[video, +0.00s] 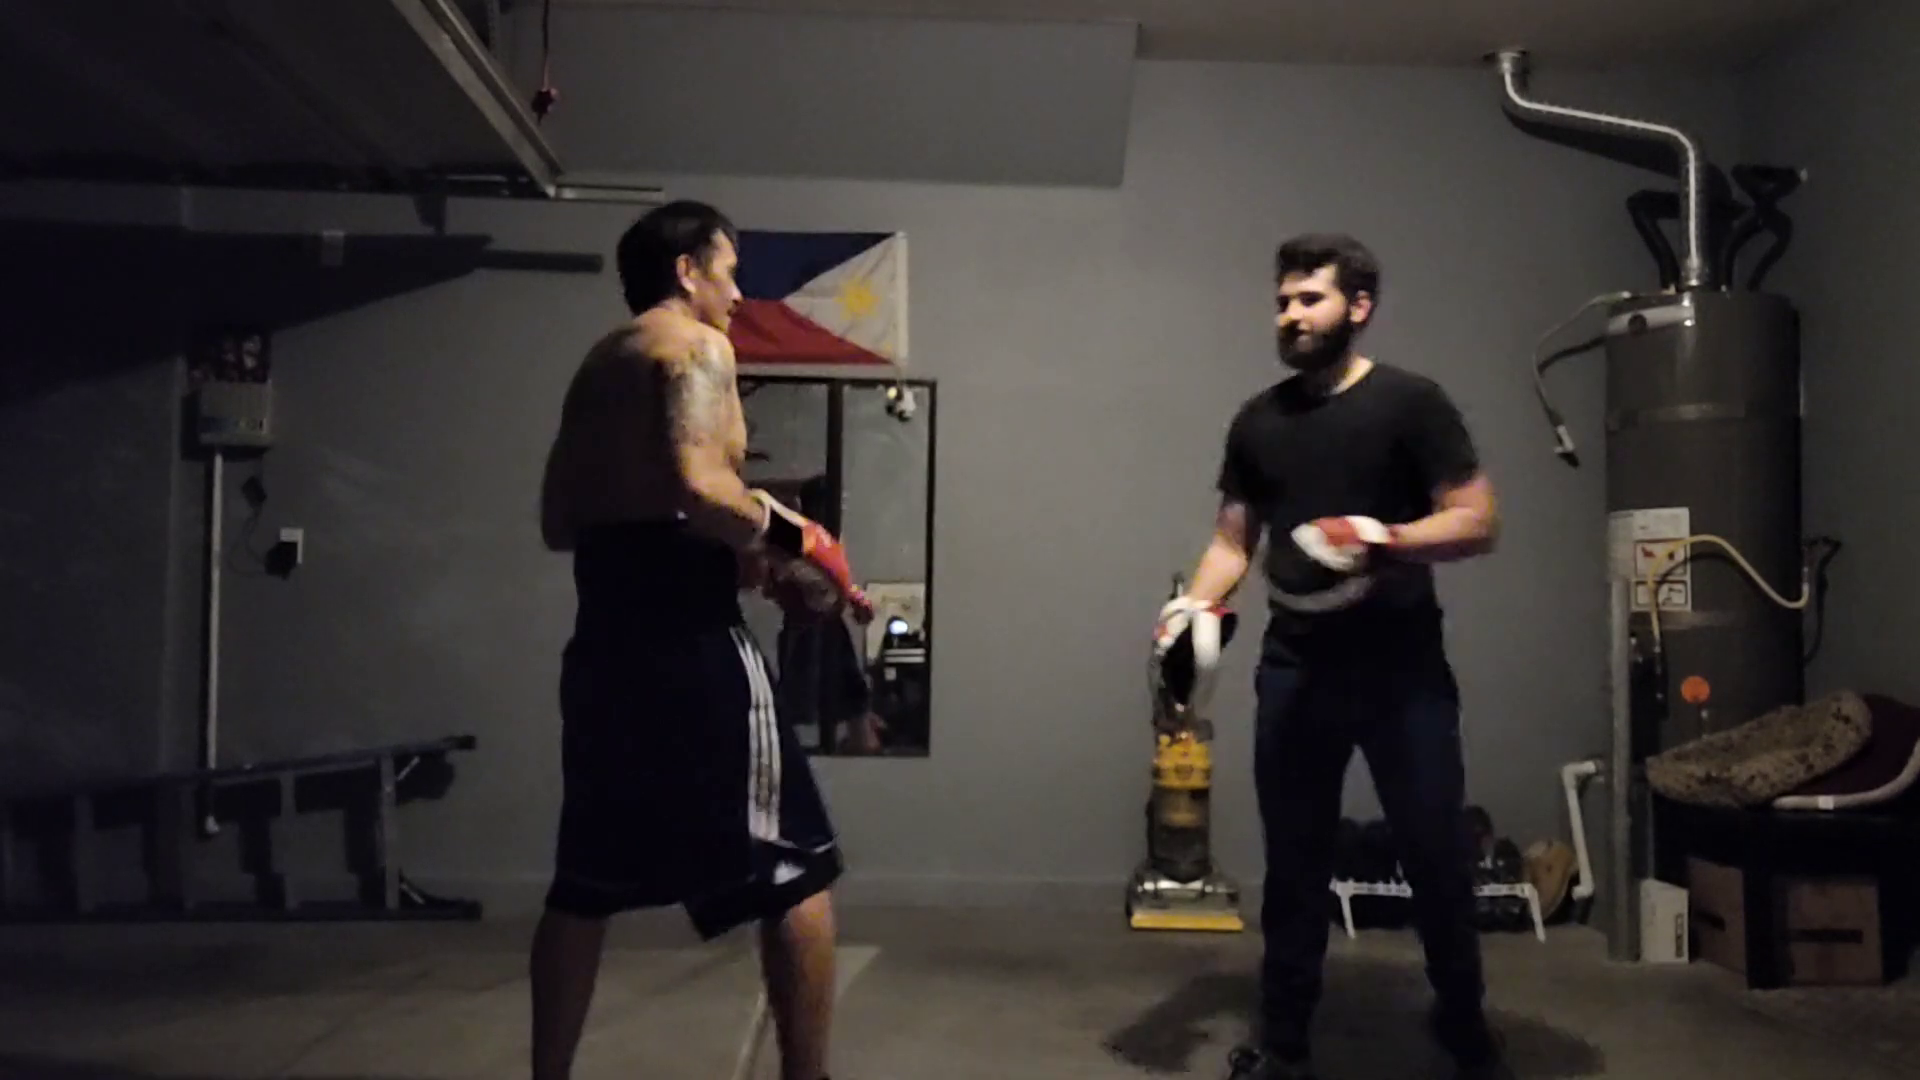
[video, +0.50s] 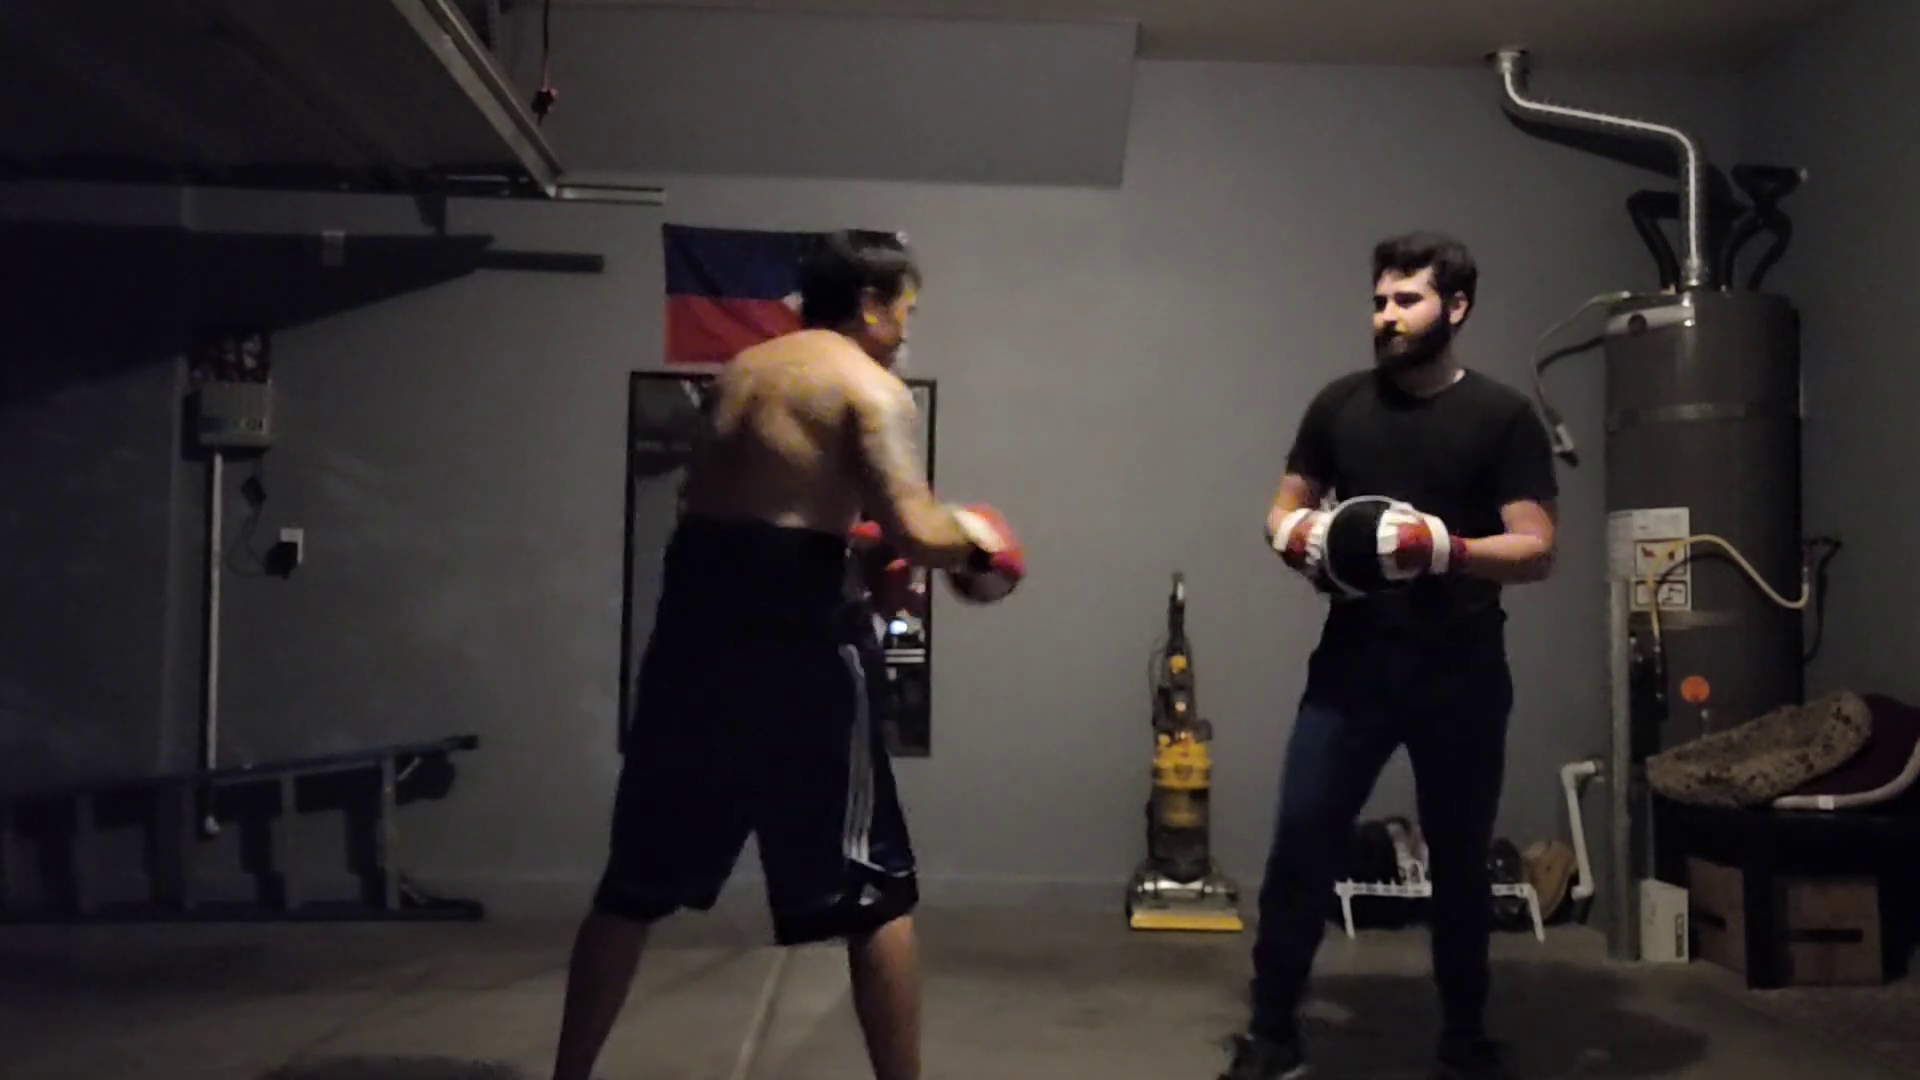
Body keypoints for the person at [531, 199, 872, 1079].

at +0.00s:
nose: (736, 295)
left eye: (735, 276)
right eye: (727, 275)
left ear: (657, 278)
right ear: (687, 272)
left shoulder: (597, 362)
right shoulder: (697, 345)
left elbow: (563, 523)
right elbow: (703, 480)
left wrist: (725, 552)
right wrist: (792, 534)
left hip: (603, 651)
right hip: (695, 648)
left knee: (584, 884)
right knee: (798, 875)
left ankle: (549, 1070)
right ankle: (806, 1070)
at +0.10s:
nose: (750, 306)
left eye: (752, 287)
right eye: (744, 285)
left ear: (670, 280)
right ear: (704, 276)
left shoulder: (604, 367)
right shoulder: (705, 348)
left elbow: (563, 527)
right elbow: (707, 486)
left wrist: (713, 547)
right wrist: (802, 535)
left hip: (614, 653)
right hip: (709, 649)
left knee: (591, 883)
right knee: (814, 874)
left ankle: (552, 1071)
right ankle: (834, 1069)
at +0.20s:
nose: (777, 318)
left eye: (779, 300)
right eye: (773, 298)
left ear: (692, 292)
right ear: (733, 290)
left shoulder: (621, 377)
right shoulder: (733, 362)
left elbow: (578, 536)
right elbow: (723, 499)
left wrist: (716, 553)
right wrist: (808, 536)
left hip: (627, 659)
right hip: (723, 657)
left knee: (595, 887)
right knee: (816, 888)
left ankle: (552, 1072)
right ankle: (876, 1071)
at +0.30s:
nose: (815, 307)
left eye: (815, 291)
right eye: (810, 290)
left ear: (719, 289)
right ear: (776, 289)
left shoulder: (653, 378)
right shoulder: (781, 370)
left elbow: (613, 540)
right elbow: (778, 504)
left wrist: (769, 563)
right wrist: (864, 537)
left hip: (650, 670)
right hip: (752, 672)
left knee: (606, 892)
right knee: (831, 898)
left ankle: (557, 1072)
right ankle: (887, 1072)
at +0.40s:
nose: (874, 317)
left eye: (872, 299)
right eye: (866, 299)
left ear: (781, 297)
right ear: (828, 299)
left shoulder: (702, 376)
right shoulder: (825, 378)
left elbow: (699, 535)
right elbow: (847, 516)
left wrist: (828, 578)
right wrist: (928, 541)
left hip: (681, 674)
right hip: (790, 679)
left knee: (622, 890)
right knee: (865, 896)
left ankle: (562, 1072)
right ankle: (898, 1072)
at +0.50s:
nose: (908, 328)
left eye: (910, 311)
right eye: (904, 310)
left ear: (816, 299)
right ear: (869, 307)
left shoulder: (742, 369)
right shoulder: (871, 388)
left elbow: (730, 521)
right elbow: (917, 529)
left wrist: (857, 563)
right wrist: (976, 535)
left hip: (694, 650)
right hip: (803, 657)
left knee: (632, 883)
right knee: (877, 892)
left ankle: (569, 1070)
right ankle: (901, 1073)